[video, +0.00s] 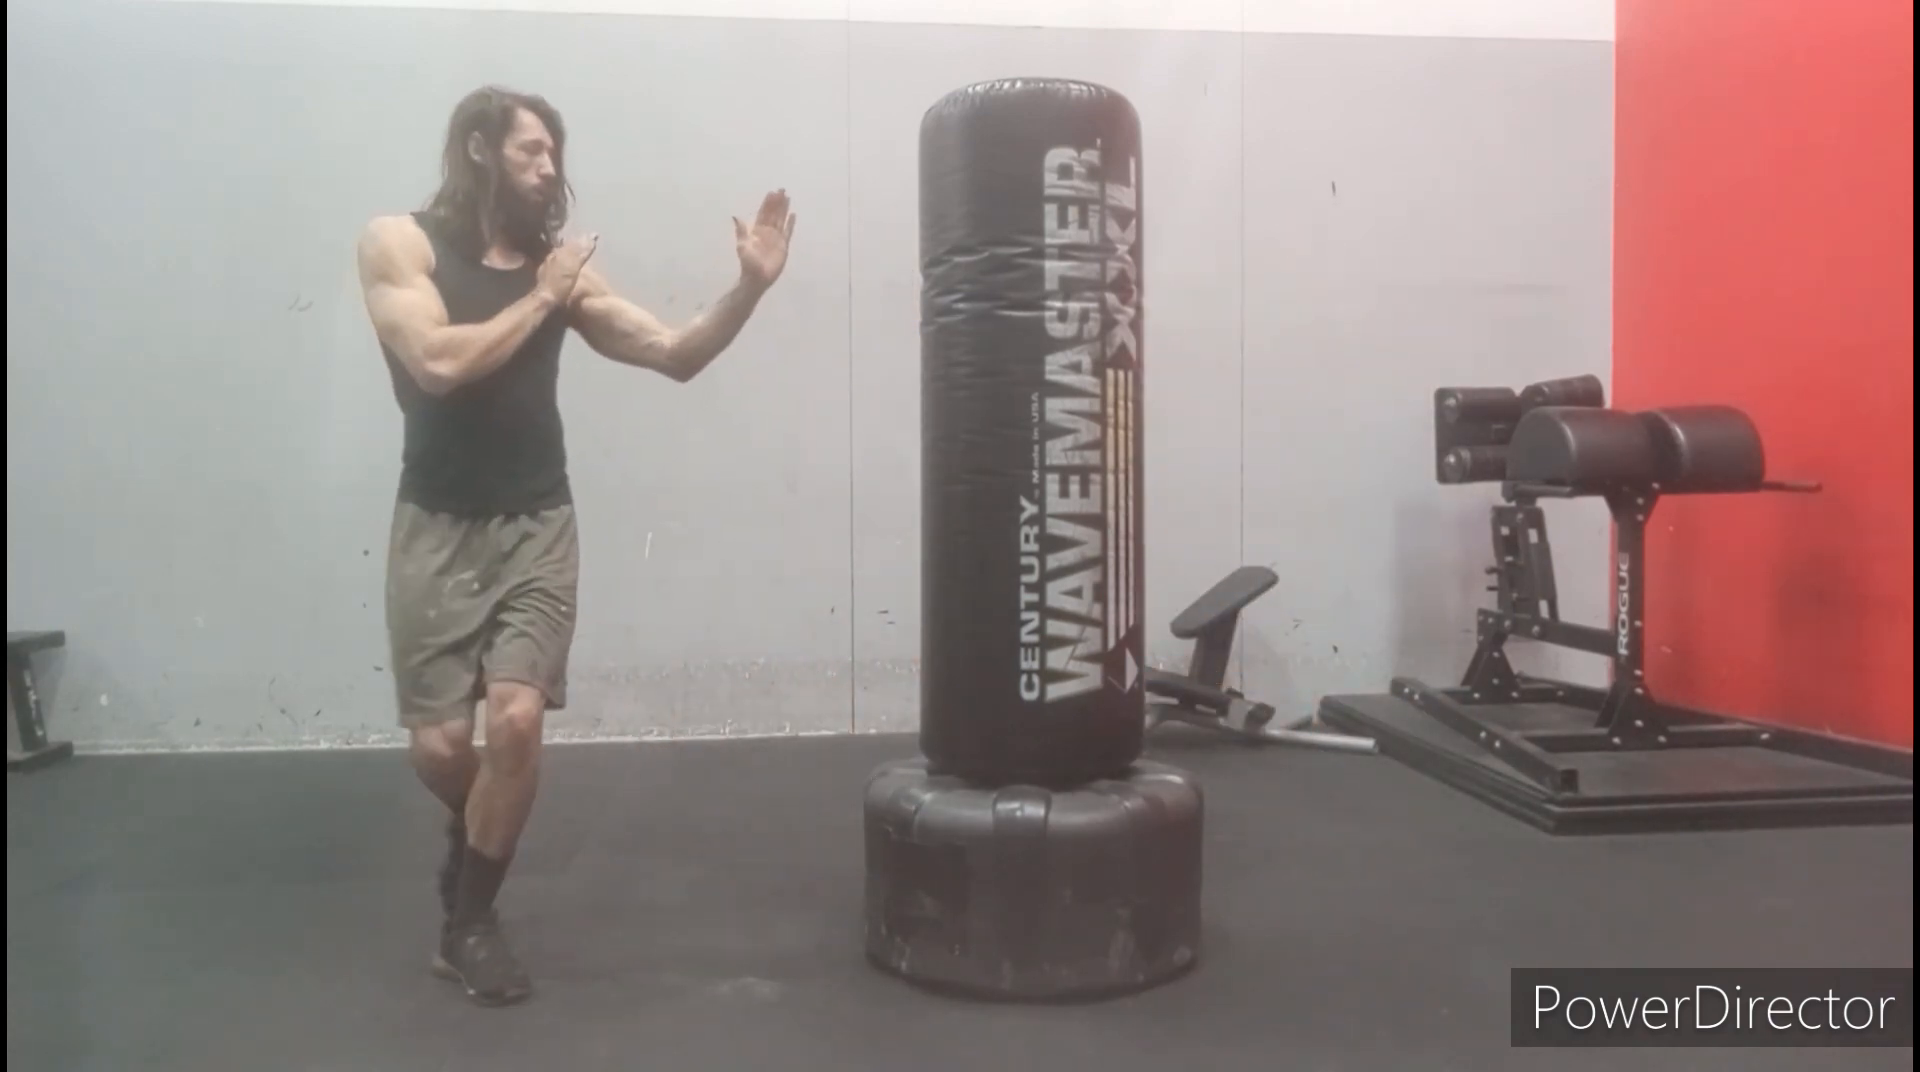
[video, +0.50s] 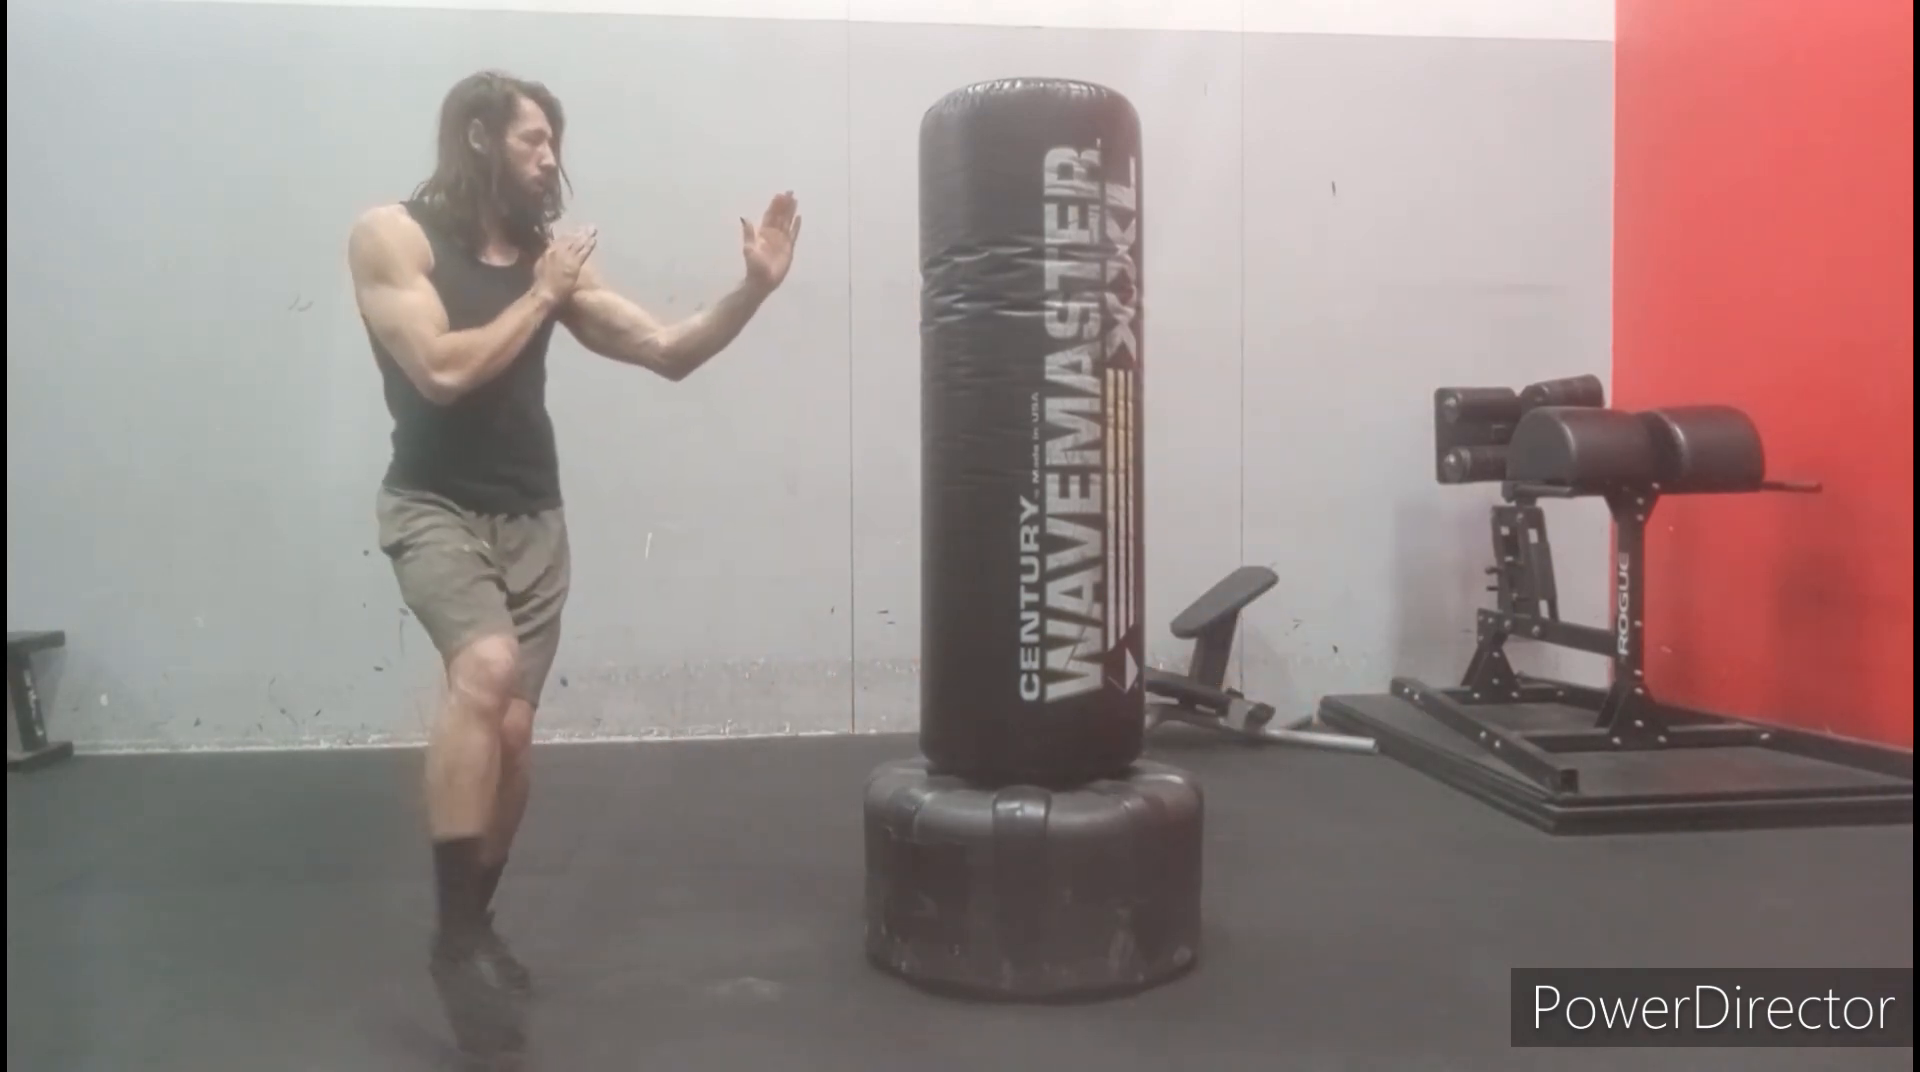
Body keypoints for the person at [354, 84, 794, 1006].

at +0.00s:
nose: (548, 169)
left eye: (552, 154)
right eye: (530, 152)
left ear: (551, 165)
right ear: (478, 155)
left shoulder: (554, 269)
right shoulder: (396, 241)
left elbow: (675, 354)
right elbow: (438, 365)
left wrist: (750, 285)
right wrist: (544, 296)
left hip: (537, 520)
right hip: (435, 524)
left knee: (516, 720)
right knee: (437, 748)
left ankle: (472, 922)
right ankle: (476, 833)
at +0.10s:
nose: (550, 163)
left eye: (552, 148)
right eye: (532, 146)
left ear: (548, 159)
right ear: (478, 149)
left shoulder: (552, 265)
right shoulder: (394, 236)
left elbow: (677, 351)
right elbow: (437, 365)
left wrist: (752, 283)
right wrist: (544, 292)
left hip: (535, 520)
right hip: (431, 519)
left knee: (522, 723)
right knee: (435, 729)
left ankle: (473, 924)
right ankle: (443, 813)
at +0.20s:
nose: (551, 160)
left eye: (553, 144)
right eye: (533, 142)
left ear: (545, 155)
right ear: (477, 145)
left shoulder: (552, 263)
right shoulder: (392, 233)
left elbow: (676, 350)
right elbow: (438, 366)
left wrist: (754, 280)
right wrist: (544, 290)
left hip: (533, 519)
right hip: (427, 512)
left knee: (524, 726)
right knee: (449, 692)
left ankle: (474, 926)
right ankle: (418, 832)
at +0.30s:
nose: (552, 159)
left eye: (553, 143)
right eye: (535, 141)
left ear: (540, 154)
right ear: (478, 143)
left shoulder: (547, 262)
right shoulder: (390, 233)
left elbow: (673, 350)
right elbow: (438, 368)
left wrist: (753, 281)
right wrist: (545, 289)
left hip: (530, 517)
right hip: (428, 506)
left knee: (506, 724)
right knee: (472, 666)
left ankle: (468, 929)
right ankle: (408, 862)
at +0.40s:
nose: (552, 159)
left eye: (553, 142)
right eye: (535, 140)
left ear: (536, 153)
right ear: (478, 143)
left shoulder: (547, 261)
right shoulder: (389, 233)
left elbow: (672, 351)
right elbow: (439, 370)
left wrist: (753, 283)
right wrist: (544, 291)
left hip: (529, 517)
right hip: (428, 503)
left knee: (508, 729)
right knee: (483, 658)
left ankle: (472, 930)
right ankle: (423, 913)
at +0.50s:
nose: (551, 159)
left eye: (553, 142)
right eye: (534, 141)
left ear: (538, 153)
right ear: (477, 144)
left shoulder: (545, 263)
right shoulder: (388, 235)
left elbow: (669, 350)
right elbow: (442, 373)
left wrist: (753, 286)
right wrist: (544, 291)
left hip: (530, 517)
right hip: (432, 507)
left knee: (513, 731)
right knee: (487, 669)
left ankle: (473, 924)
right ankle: (457, 938)